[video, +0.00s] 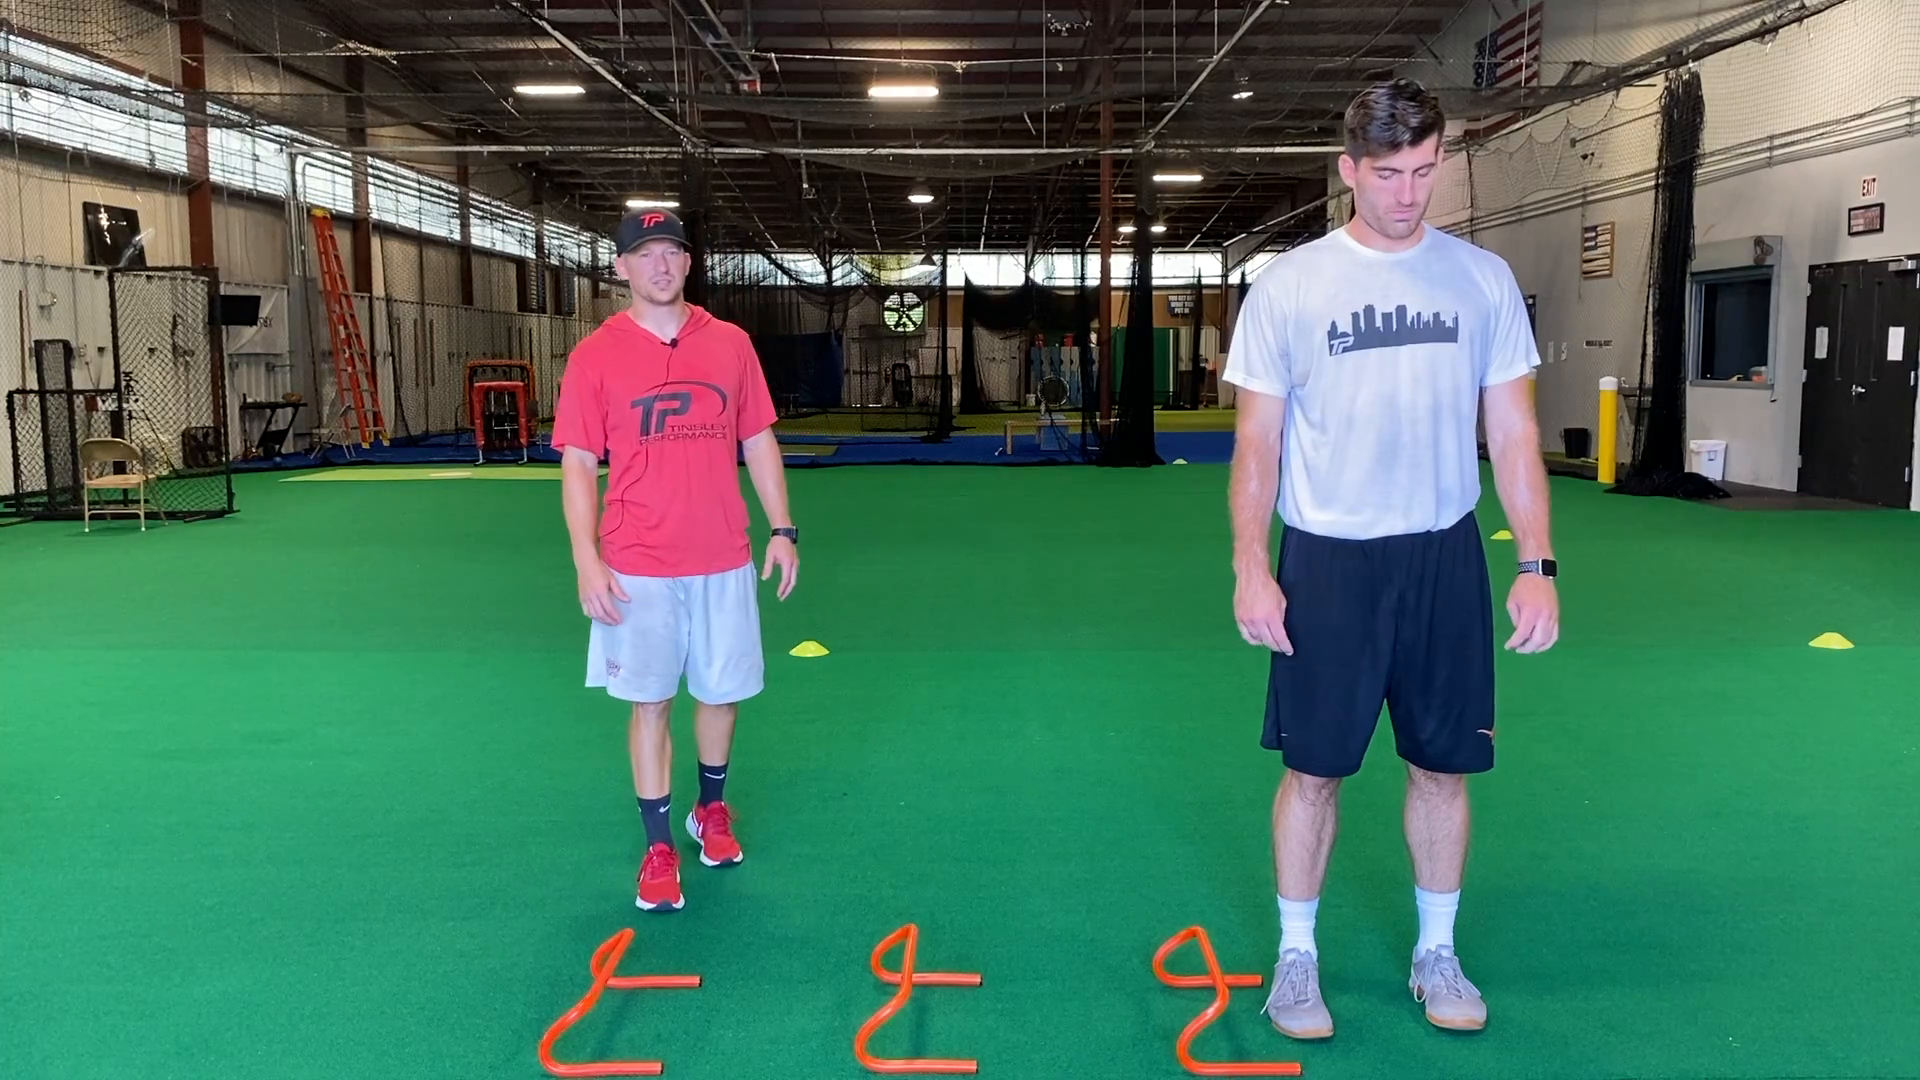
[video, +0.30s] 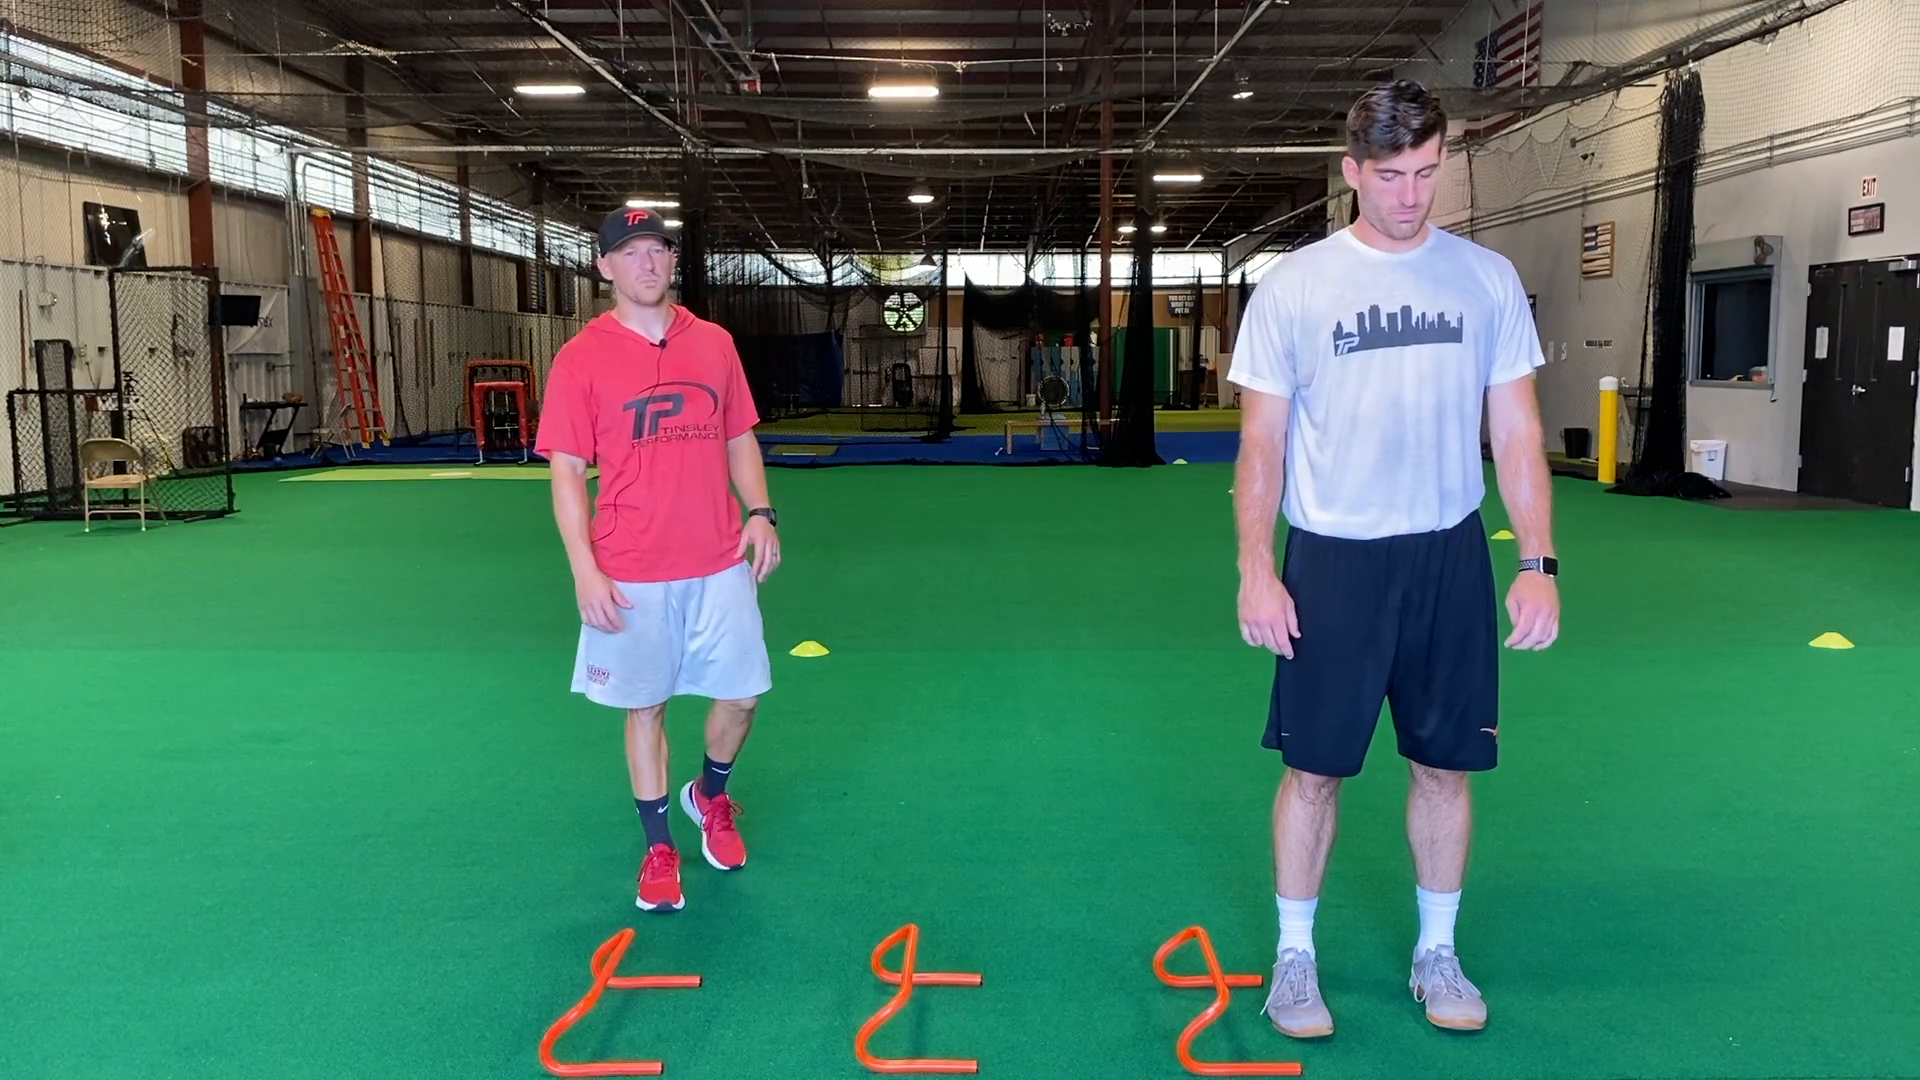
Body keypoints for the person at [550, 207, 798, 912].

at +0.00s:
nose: (663, 264)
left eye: (673, 252)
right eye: (648, 254)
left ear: (689, 263)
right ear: (622, 266)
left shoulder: (729, 344)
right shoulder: (595, 357)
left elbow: (758, 440)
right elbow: (578, 465)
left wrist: (782, 527)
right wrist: (586, 560)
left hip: (722, 559)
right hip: (636, 564)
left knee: (719, 691)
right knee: (650, 700)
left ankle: (712, 809)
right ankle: (659, 846)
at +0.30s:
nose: (651, 262)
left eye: (659, 251)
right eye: (634, 253)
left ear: (674, 261)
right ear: (607, 267)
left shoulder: (713, 343)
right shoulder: (579, 360)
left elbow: (741, 437)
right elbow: (566, 473)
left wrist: (758, 511)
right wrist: (585, 570)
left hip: (718, 563)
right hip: (633, 574)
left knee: (741, 690)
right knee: (645, 705)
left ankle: (710, 794)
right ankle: (658, 847)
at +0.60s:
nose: (656, 266)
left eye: (664, 254)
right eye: (639, 256)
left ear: (675, 263)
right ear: (607, 268)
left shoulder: (711, 340)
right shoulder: (581, 363)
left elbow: (741, 432)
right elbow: (568, 477)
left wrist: (756, 493)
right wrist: (597, 572)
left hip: (723, 566)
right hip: (639, 577)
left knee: (736, 697)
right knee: (646, 710)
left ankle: (730, 834)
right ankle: (659, 850)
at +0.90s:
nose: (688, 275)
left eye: (692, 261)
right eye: (671, 265)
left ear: (698, 265)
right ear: (630, 272)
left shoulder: (730, 339)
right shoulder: (603, 362)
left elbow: (757, 426)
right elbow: (586, 472)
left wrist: (776, 472)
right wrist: (643, 542)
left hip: (741, 561)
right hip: (655, 571)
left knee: (772, 692)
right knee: (656, 707)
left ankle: (796, 830)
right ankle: (661, 850)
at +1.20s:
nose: (737, 275)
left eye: (743, 261)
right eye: (720, 264)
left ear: (751, 266)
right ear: (685, 271)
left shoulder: (784, 347)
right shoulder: (653, 359)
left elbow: (814, 429)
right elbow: (635, 461)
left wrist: (817, 456)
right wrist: (677, 515)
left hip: (780, 561)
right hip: (695, 567)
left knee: (788, 695)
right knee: (680, 704)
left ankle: (809, 834)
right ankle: (664, 850)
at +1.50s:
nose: (788, 273)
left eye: (798, 261)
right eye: (774, 261)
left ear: (810, 271)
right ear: (744, 268)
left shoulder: (836, 356)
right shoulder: (706, 353)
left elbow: (854, 442)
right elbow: (678, 451)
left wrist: (847, 459)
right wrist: (700, 515)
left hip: (823, 560)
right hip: (740, 564)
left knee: (808, 691)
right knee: (714, 700)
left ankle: (810, 833)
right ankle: (671, 849)